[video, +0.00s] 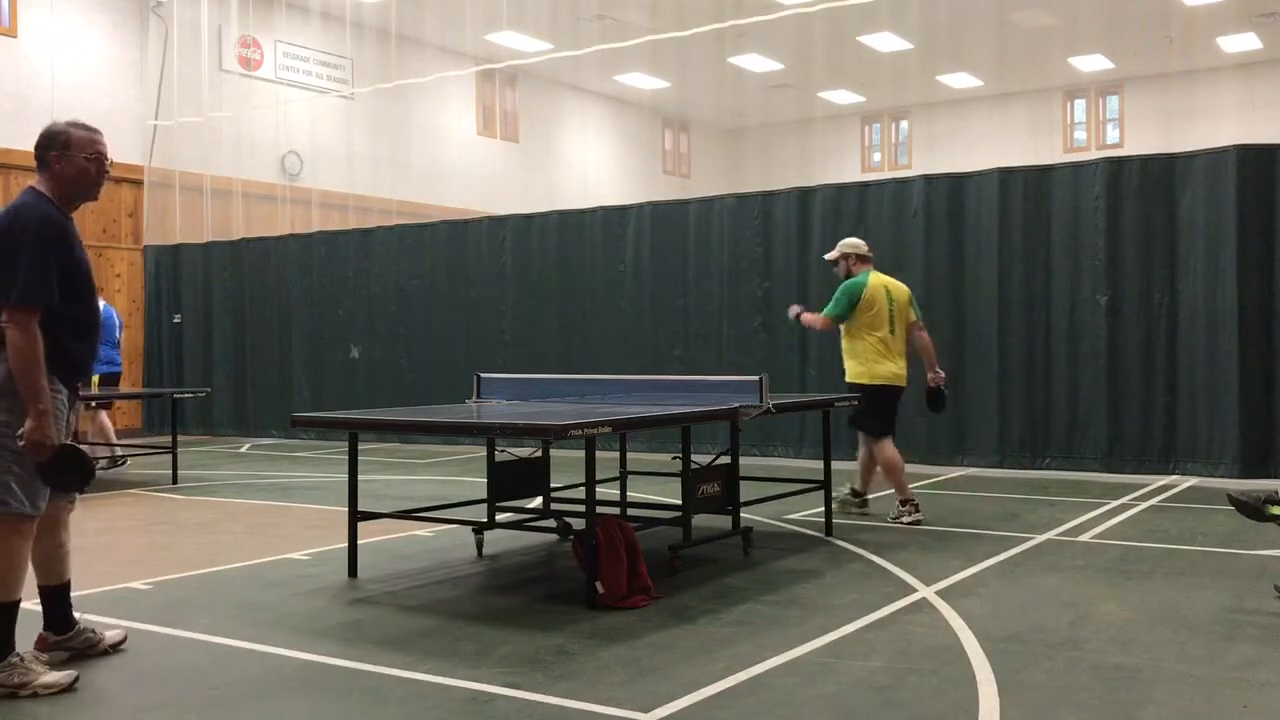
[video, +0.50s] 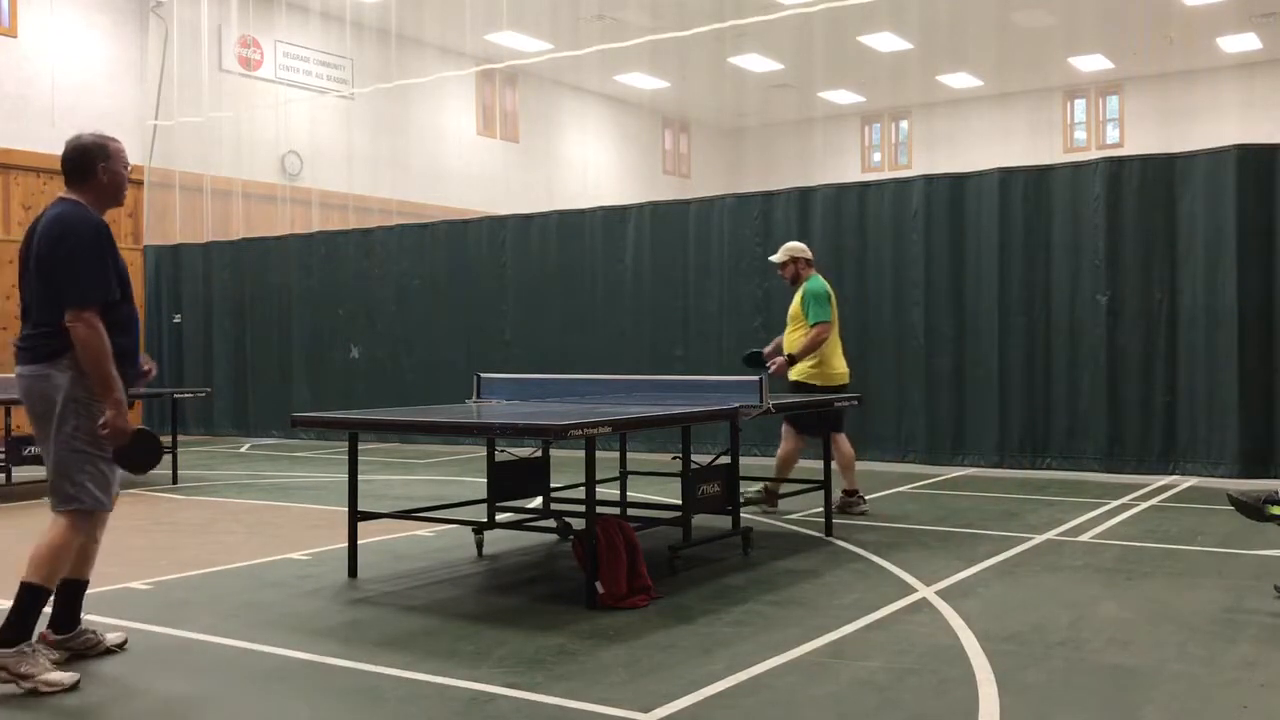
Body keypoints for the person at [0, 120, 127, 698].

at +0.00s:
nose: (106, 170)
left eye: (106, 160)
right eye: (95, 159)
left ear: (63, 162)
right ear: (56, 160)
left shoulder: (53, 219)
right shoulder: (32, 218)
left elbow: (53, 322)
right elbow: (20, 322)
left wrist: (78, 404)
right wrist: (38, 410)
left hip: (54, 392)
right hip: (29, 393)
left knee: (54, 508)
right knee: (16, 519)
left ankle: (61, 629)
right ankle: (7, 659)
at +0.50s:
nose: (130, 175)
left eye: (128, 167)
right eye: (125, 167)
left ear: (81, 171)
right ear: (102, 171)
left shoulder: (57, 221)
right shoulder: (78, 225)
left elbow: (69, 314)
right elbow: (82, 321)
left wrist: (128, 355)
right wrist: (115, 400)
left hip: (61, 374)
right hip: (65, 377)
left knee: (94, 503)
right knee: (78, 510)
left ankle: (66, 628)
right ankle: (11, 645)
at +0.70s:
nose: (136, 180)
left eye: (135, 171)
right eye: (132, 171)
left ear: (83, 174)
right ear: (112, 175)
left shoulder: (57, 222)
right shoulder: (97, 224)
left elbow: (79, 306)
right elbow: (103, 312)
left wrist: (147, 302)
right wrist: (146, 389)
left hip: (55, 374)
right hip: (85, 375)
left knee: (87, 503)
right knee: (136, 493)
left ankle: (65, 625)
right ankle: (61, 621)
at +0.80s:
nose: (142, 181)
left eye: (141, 172)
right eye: (138, 172)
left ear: (88, 175)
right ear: (118, 175)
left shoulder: (62, 222)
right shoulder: (105, 223)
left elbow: (85, 300)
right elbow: (113, 311)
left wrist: (150, 286)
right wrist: (156, 386)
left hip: (57, 375)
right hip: (95, 374)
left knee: (90, 497)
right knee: (158, 486)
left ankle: (59, 631)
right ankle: (112, 624)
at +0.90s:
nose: (150, 177)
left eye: (147, 168)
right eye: (146, 168)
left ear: (95, 175)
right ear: (130, 173)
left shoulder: (69, 222)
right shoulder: (115, 221)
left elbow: (94, 294)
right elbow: (121, 309)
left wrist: (159, 275)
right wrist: (164, 386)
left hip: (64, 373)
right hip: (104, 373)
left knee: (90, 500)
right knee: (168, 487)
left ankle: (63, 628)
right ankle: (171, 629)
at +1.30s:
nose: (212, 183)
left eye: (210, 175)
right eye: (209, 176)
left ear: (157, 181)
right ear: (197, 181)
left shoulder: (123, 229)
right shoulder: (188, 232)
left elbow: (143, 282)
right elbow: (188, 321)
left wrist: (204, 270)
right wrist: (214, 400)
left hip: (117, 376)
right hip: (168, 379)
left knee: (115, 501)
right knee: (222, 495)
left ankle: (65, 626)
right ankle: (232, 619)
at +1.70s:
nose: (282, 191)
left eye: (280, 182)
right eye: (281, 183)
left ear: (230, 181)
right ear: (271, 186)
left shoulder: (186, 221)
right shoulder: (260, 238)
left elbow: (174, 299)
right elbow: (272, 331)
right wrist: (301, 404)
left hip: (165, 367)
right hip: (222, 373)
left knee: (173, 488)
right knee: (241, 494)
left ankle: (109, 591)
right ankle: (233, 619)